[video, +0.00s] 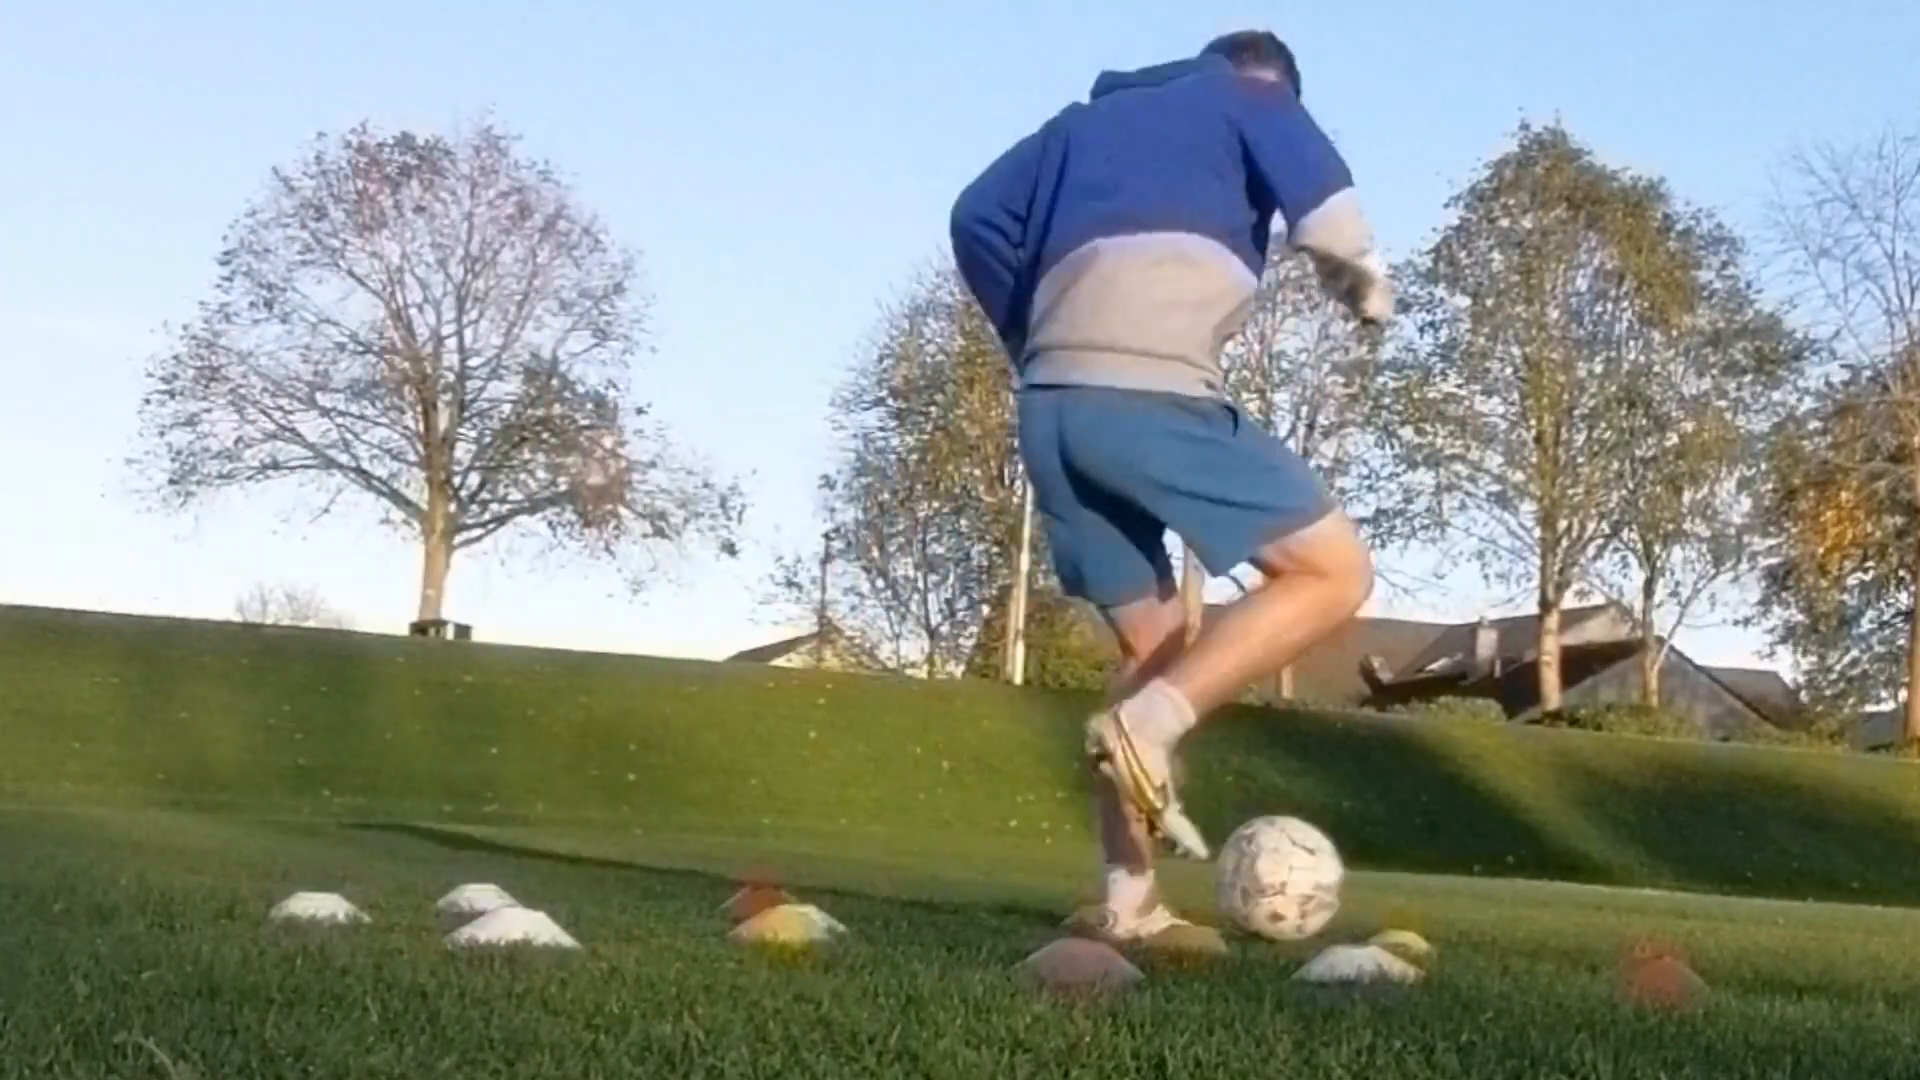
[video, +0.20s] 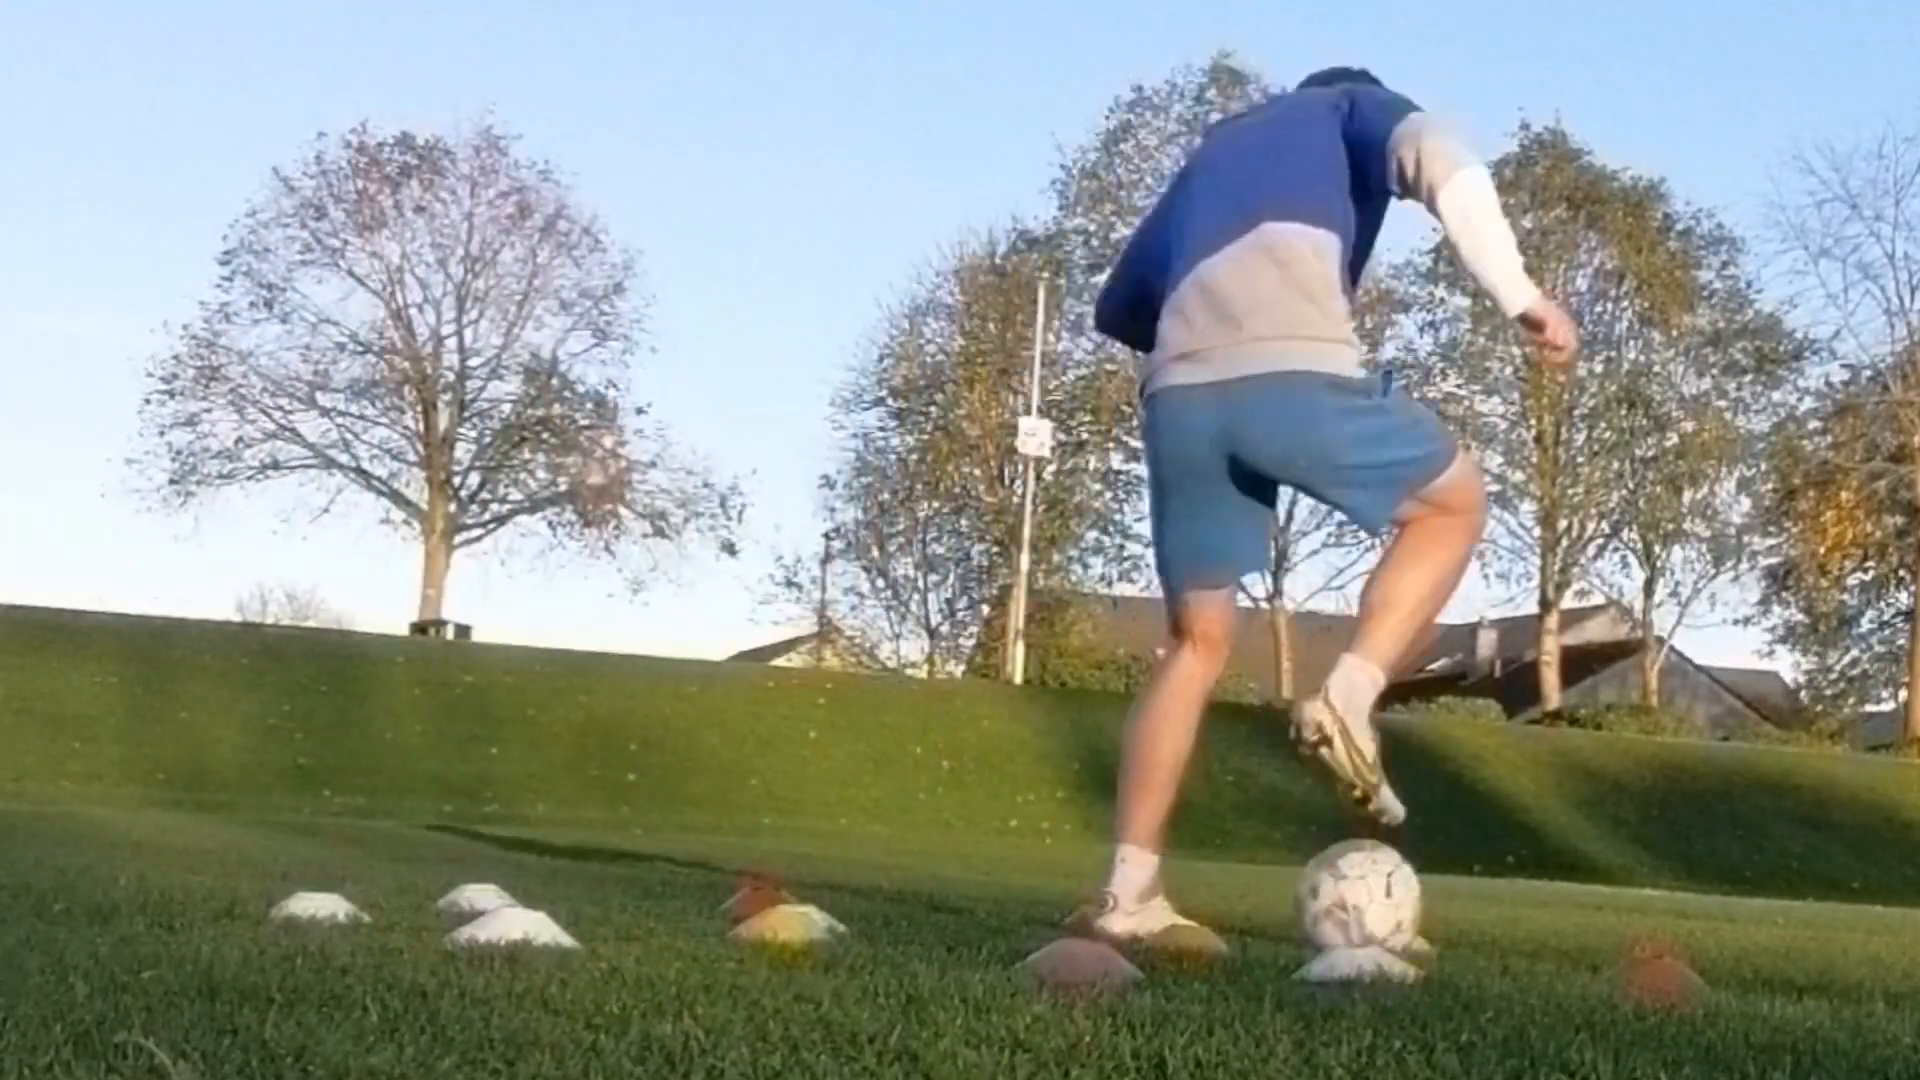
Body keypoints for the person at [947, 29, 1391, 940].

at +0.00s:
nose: (1280, 118)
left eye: (1282, 104)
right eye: (1280, 101)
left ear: (1201, 64)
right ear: (1260, 76)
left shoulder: (1081, 120)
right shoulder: (1250, 97)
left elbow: (978, 217)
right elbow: (1330, 225)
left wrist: (1042, 347)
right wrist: (1361, 286)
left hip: (1049, 411)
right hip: (1158, 402)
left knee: (1157, 648)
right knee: (1333, 574)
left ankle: (1127, 904)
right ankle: (1147, 724)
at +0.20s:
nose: (1390, 126)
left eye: (1384, 118)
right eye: (1384, 114)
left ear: (1291, 95)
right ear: (1358, 96)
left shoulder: (1205, 159)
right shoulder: (1351, 103)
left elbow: (1120, 310)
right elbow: (1446, 162)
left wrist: (1212, 365)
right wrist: (1522, 296)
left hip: (1178, 406)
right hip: (1299, 385)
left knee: (1196, 644)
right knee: (1449, 505)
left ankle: (1128, 892)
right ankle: (1348, 696)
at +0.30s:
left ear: (1284, 130)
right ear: (1388, 108)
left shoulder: (1235, 178)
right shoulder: (1408, 118)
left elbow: (1151, 281)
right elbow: (1487, 92)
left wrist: (1243, 316)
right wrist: (1562, 191)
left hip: (1236, 384)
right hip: (1367, 369)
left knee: (1223, 610)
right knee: (1474, 564)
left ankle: (1156, 854)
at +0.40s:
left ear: (1300, 175)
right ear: (1421, 153)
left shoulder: (1245, 226)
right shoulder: (1449, 168)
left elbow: (1201, 281)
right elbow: (1552, 156)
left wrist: (1282, 398)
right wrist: (1609, 243)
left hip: (1302, 436)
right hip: (1441, 432)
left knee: (1220, 605)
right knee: (1527, 690)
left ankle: (1239, 744)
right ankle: (1593, 943)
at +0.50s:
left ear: (1334, 177)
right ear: (1415, 183)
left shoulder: (1302, 203)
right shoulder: (1484, 215)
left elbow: (1242, 272)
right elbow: (1585, 276)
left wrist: (1198, 407)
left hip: (1348, 454)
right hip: (1484, 455)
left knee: (1217, 611)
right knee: (1554, 697)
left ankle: (1284, 780)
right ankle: (1597, 945)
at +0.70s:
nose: (1227, 153)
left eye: (1230, 139)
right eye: (1226, 141)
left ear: (1252, 118)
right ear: (1320, 104)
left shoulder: (1269, 147)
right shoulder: (1440, 158)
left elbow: (1217, 266)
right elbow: (1577, 271)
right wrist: (1606, 413)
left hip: (1353, 412)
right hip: (1466, 423)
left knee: (1182, 600)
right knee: (1426, 662)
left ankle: (1204, 824)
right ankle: (1487, 888)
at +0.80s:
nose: (1178, 161)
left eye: (1173, 140)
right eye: (1169, 147)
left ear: (1202, 104)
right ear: (1236, 90)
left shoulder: (1262, 130)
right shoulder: (1367, 155)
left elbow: (1327, 246)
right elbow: (1483, 258)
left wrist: (1228, 379)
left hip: (1345, 412)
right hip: (1440, 428)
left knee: (1166, 584)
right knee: (1393, 673)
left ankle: (1089, 828)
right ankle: (1485, 893)